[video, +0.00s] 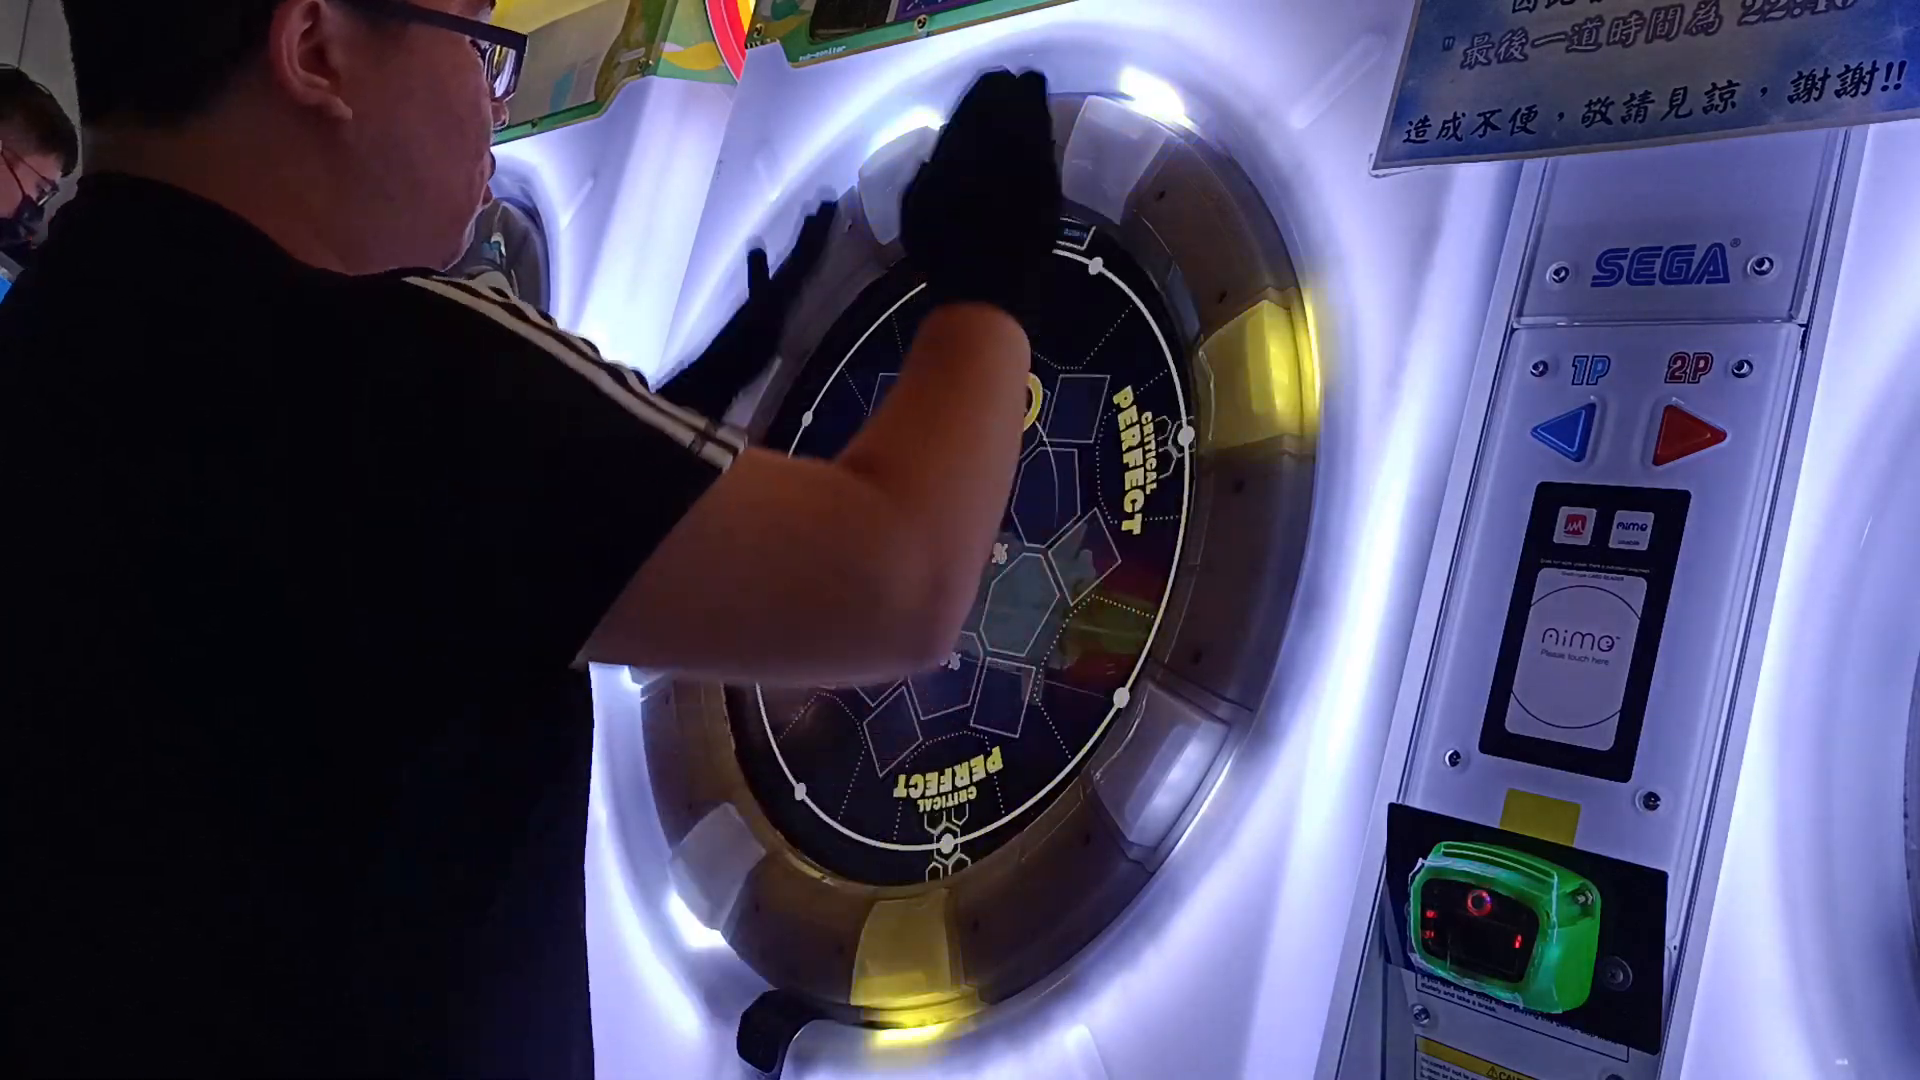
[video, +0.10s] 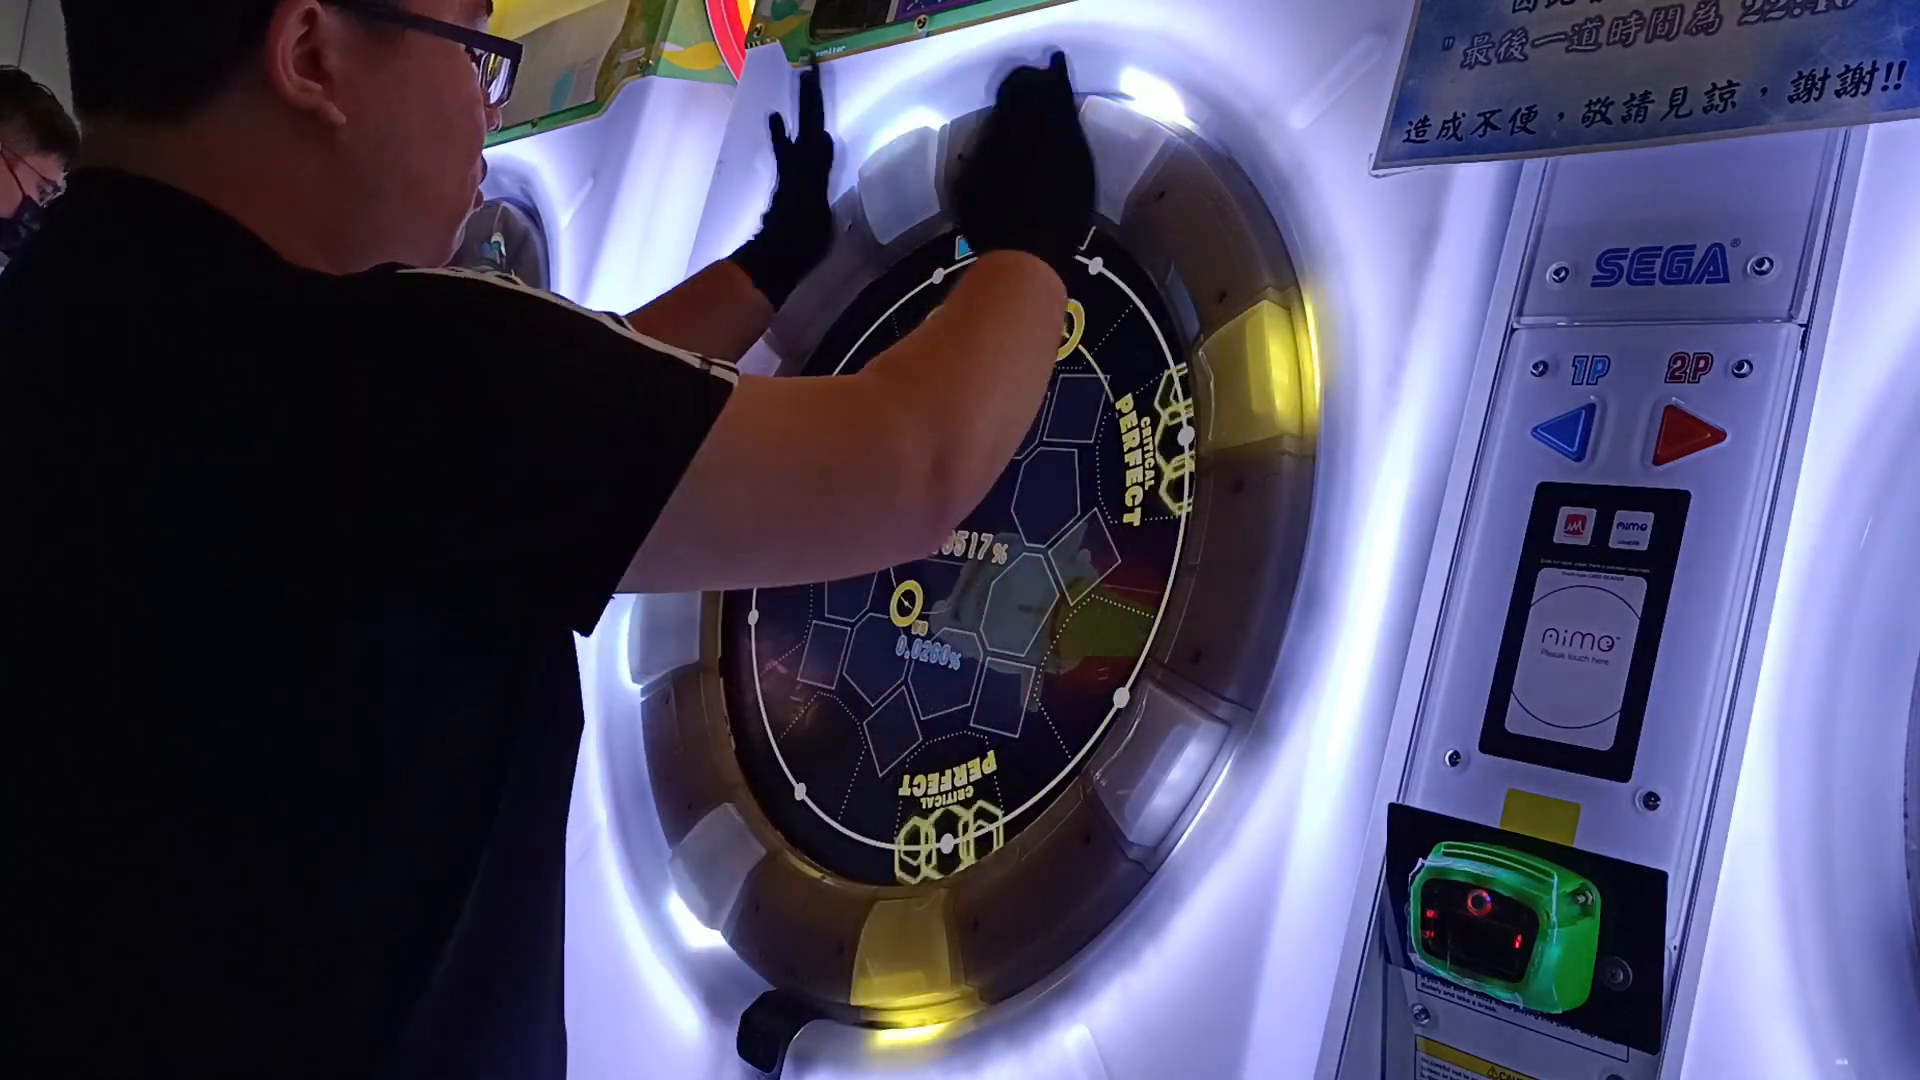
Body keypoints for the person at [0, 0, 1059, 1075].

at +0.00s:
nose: (497, 102)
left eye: (490, 51)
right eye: (477, 44)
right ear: (316, 55)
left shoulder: (51, 329)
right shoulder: (373, 376)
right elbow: (891, 589)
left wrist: (694, 405)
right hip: (409, 1039)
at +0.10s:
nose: (492, 101)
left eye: (486, 56)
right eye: (473, 49)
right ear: (310, 60)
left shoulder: (46, 300)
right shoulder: (406, 388)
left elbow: (466, 419)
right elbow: (910, 473)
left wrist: (774, 258)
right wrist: (1027, 244)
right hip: (409, 1043)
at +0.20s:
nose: (489, 114)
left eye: (485, 69)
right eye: (470, 63)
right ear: (310, 77)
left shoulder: (35, 302)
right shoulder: (390, 404)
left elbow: (447, 500)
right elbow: (838, 624)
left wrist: (719, 303)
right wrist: (945, 383)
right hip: (398, 1044)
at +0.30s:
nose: (476, 141)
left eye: (474, 92)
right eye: (459, 88)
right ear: (290, 106)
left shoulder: (22, 337)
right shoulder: (363, 484)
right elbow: (723, 867)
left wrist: (628, 399)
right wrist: (695, 685)